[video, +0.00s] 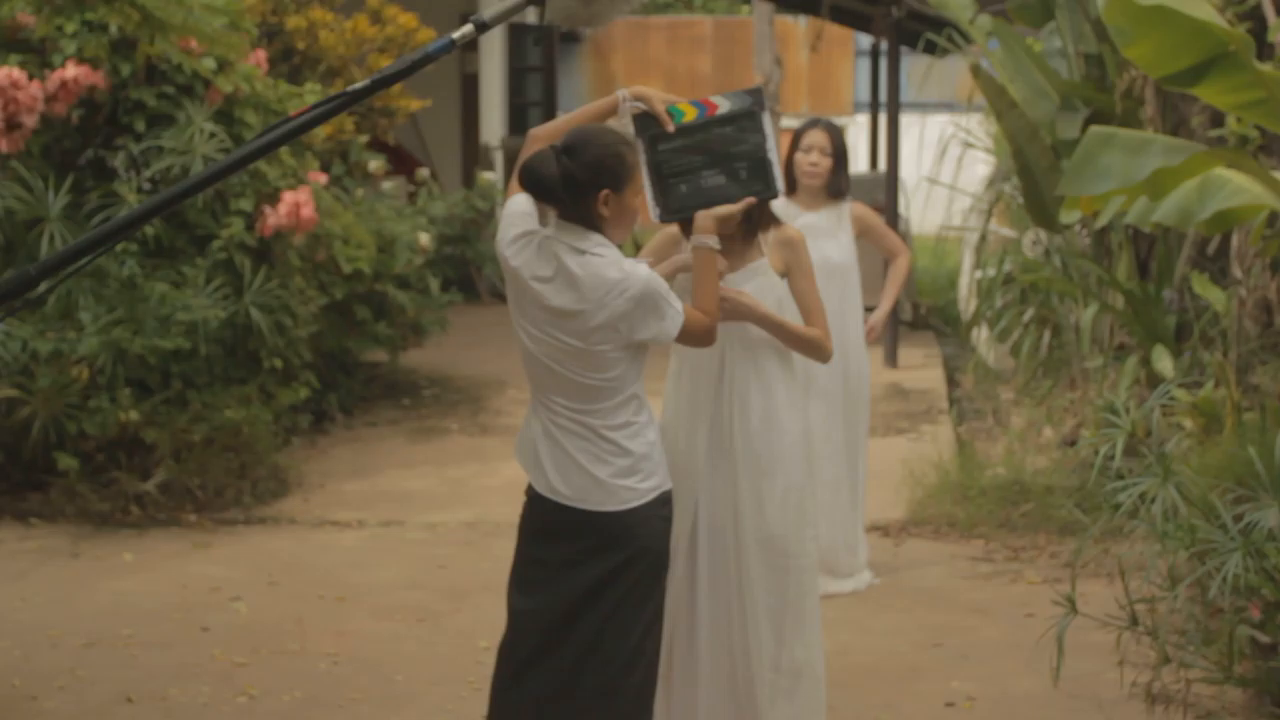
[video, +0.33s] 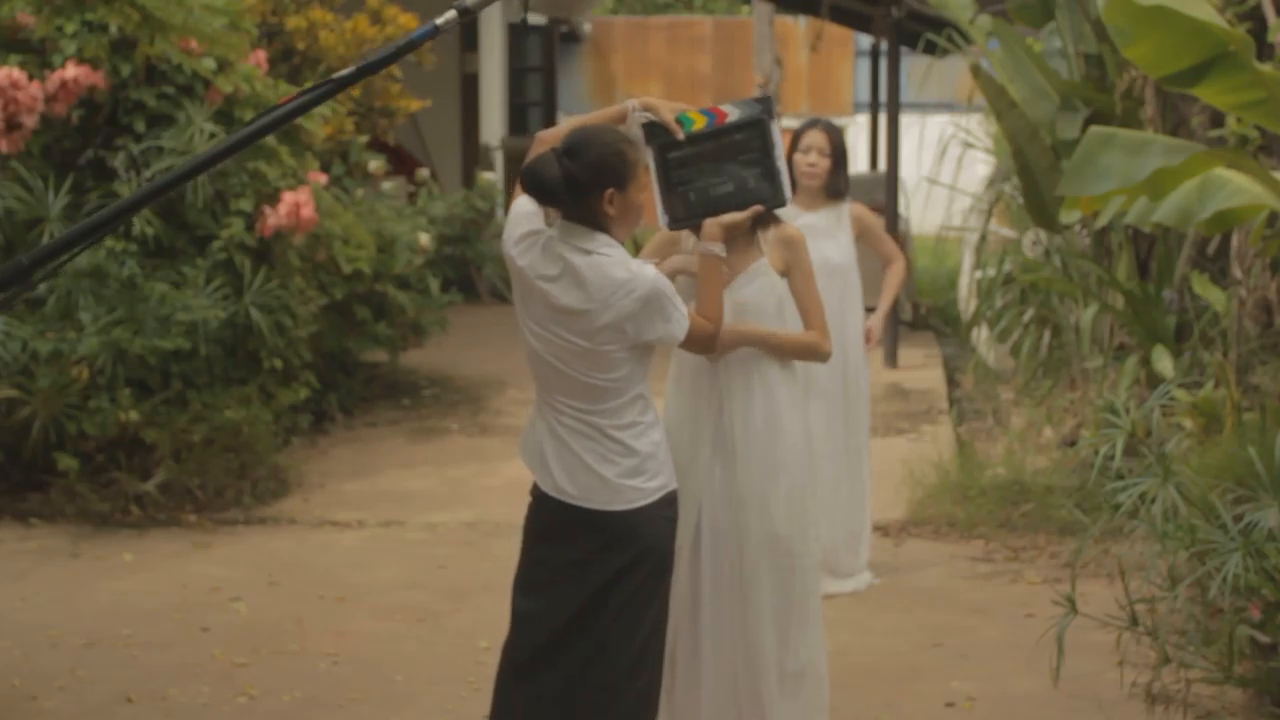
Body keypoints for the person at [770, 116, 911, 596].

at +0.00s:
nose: (814, 160)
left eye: (825, 153)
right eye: (806, 150)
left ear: (837, 163)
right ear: (791, 157)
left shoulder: (852, 213)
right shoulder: (772, 214)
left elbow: (900, 255)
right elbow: (745, 271)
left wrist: (883, 311)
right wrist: (764, 320)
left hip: (840, 347)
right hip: (786, 346)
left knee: (836, 451)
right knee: (788, 451)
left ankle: (838, 558)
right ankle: (788, 560)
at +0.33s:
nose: (813, 161)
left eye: (824, 154)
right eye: (806, 151)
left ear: (836, 163)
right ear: (790, 157)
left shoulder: (852, 214)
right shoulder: (773, 216)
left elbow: (896, 260)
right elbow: (753, 277)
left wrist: (879, 314)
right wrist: (763, 323)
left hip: (841, 350)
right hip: (786, 348)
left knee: (838, 453)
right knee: (789, 454)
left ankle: (840, 559)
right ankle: (790, 561)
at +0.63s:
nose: (810, 160)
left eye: (820, 153)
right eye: (804, 151)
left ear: (836, 162)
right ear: (794, 157)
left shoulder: (854, 214)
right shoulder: (783, 218)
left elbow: (892, 266)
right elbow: (768, 278)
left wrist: (875, 318)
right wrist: (779, 319)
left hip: (850, 340)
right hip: (799, 340)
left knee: (842, 449)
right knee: (802, 449)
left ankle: (844, 560)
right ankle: (803, 559)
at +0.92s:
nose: (815, 159)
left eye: (824, 152)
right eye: (809, 150)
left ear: (840, 162)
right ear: (795, 157)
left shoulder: (858, 218)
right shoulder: (782, 219)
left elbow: (876, 286)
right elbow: (770, 288)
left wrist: (862, 338)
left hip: (846, 349)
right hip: (794, 349)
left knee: (847, 450)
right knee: (797, 451)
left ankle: (846, 558)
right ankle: (799, 558)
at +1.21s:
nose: (818, 161)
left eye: (828, 153)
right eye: (812, 152)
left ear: (844, 163)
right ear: (798, 160)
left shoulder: (860, 221)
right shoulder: (783, 221)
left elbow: (876, 291)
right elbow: (764, 290)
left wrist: (858, 342)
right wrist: (773, 339)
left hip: (841, 354)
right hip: (789, 354)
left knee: (841, 459)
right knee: (789, 458)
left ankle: (841, 564)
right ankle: (791, 564)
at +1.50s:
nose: (820, 162)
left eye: (829, 154)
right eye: (813, 153)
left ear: (843, 164)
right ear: (799, 159)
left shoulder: (861, 219)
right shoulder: (786, 218)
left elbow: (898, 271)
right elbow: (765, 278)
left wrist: (883, 323)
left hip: (850, 346)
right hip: (795, 348)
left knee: (847, 451)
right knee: (798, 452)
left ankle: (846, 561)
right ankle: (798, 559)